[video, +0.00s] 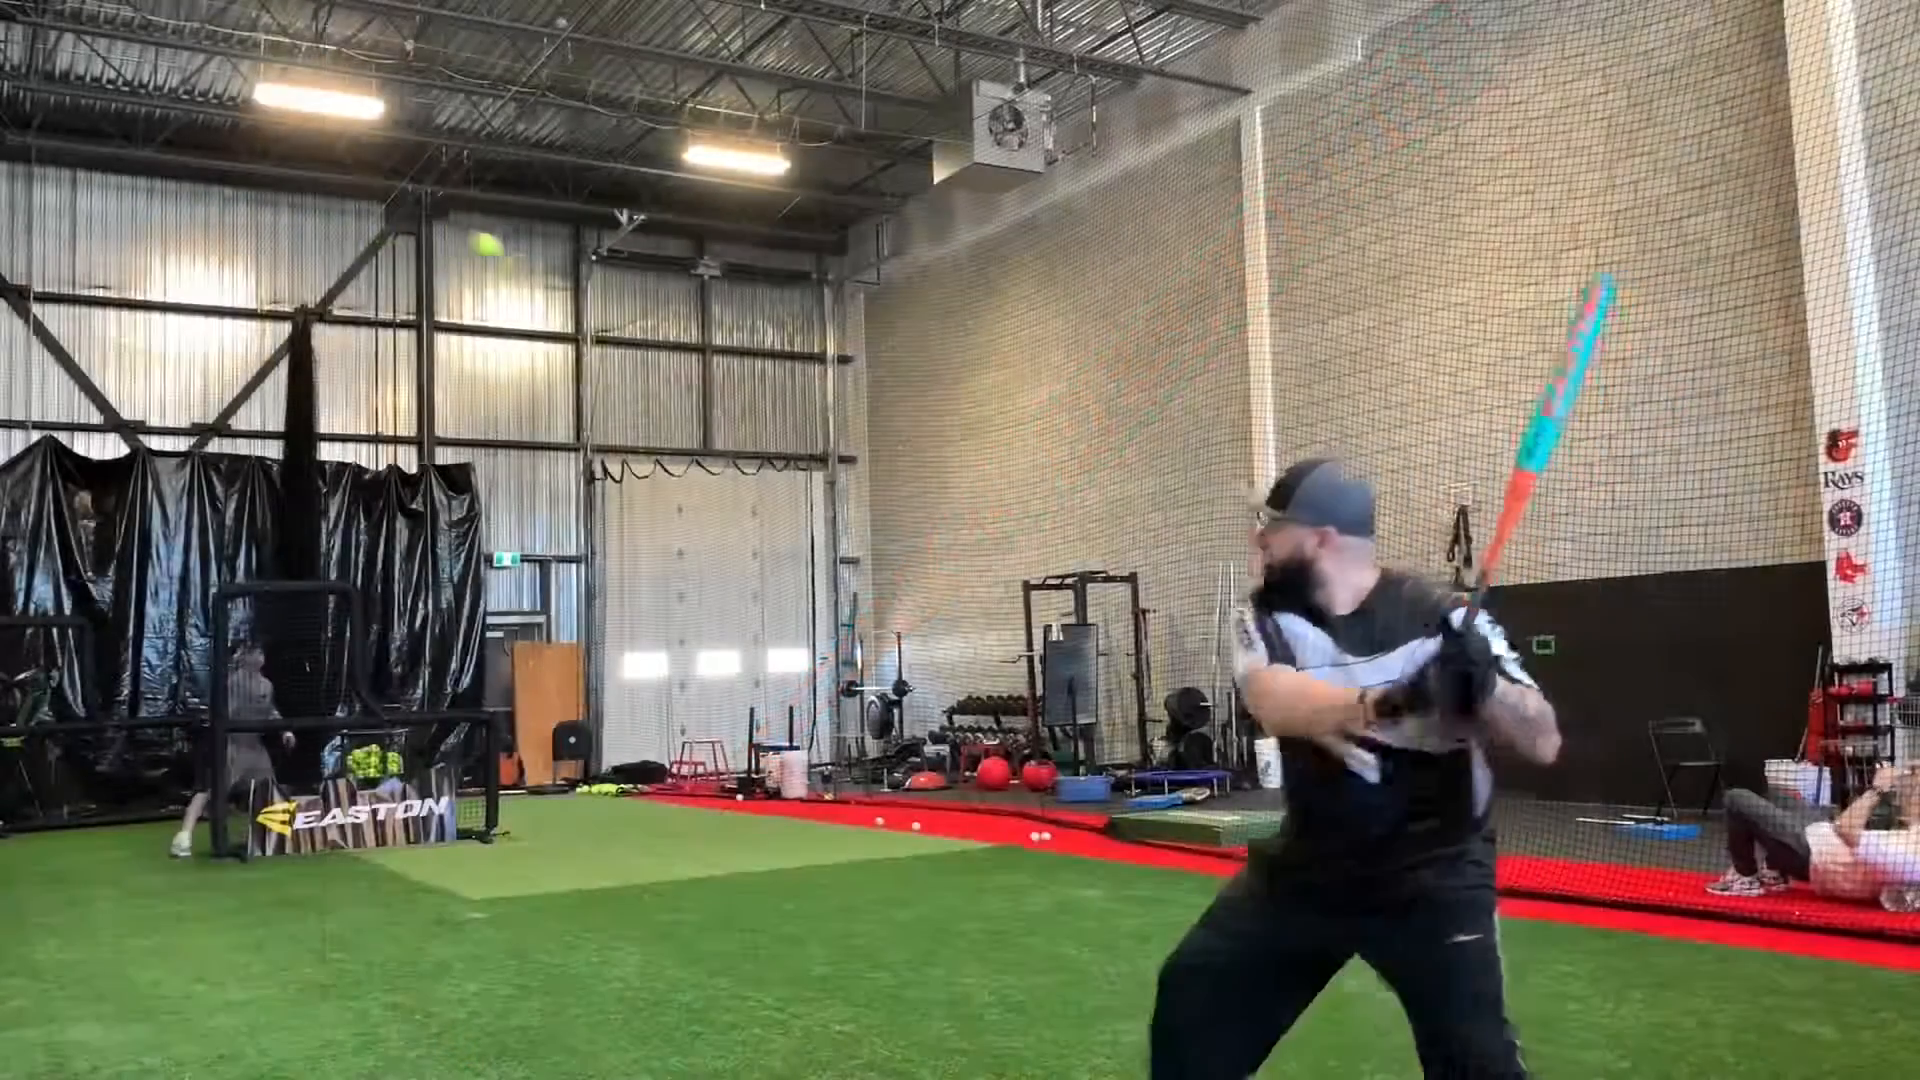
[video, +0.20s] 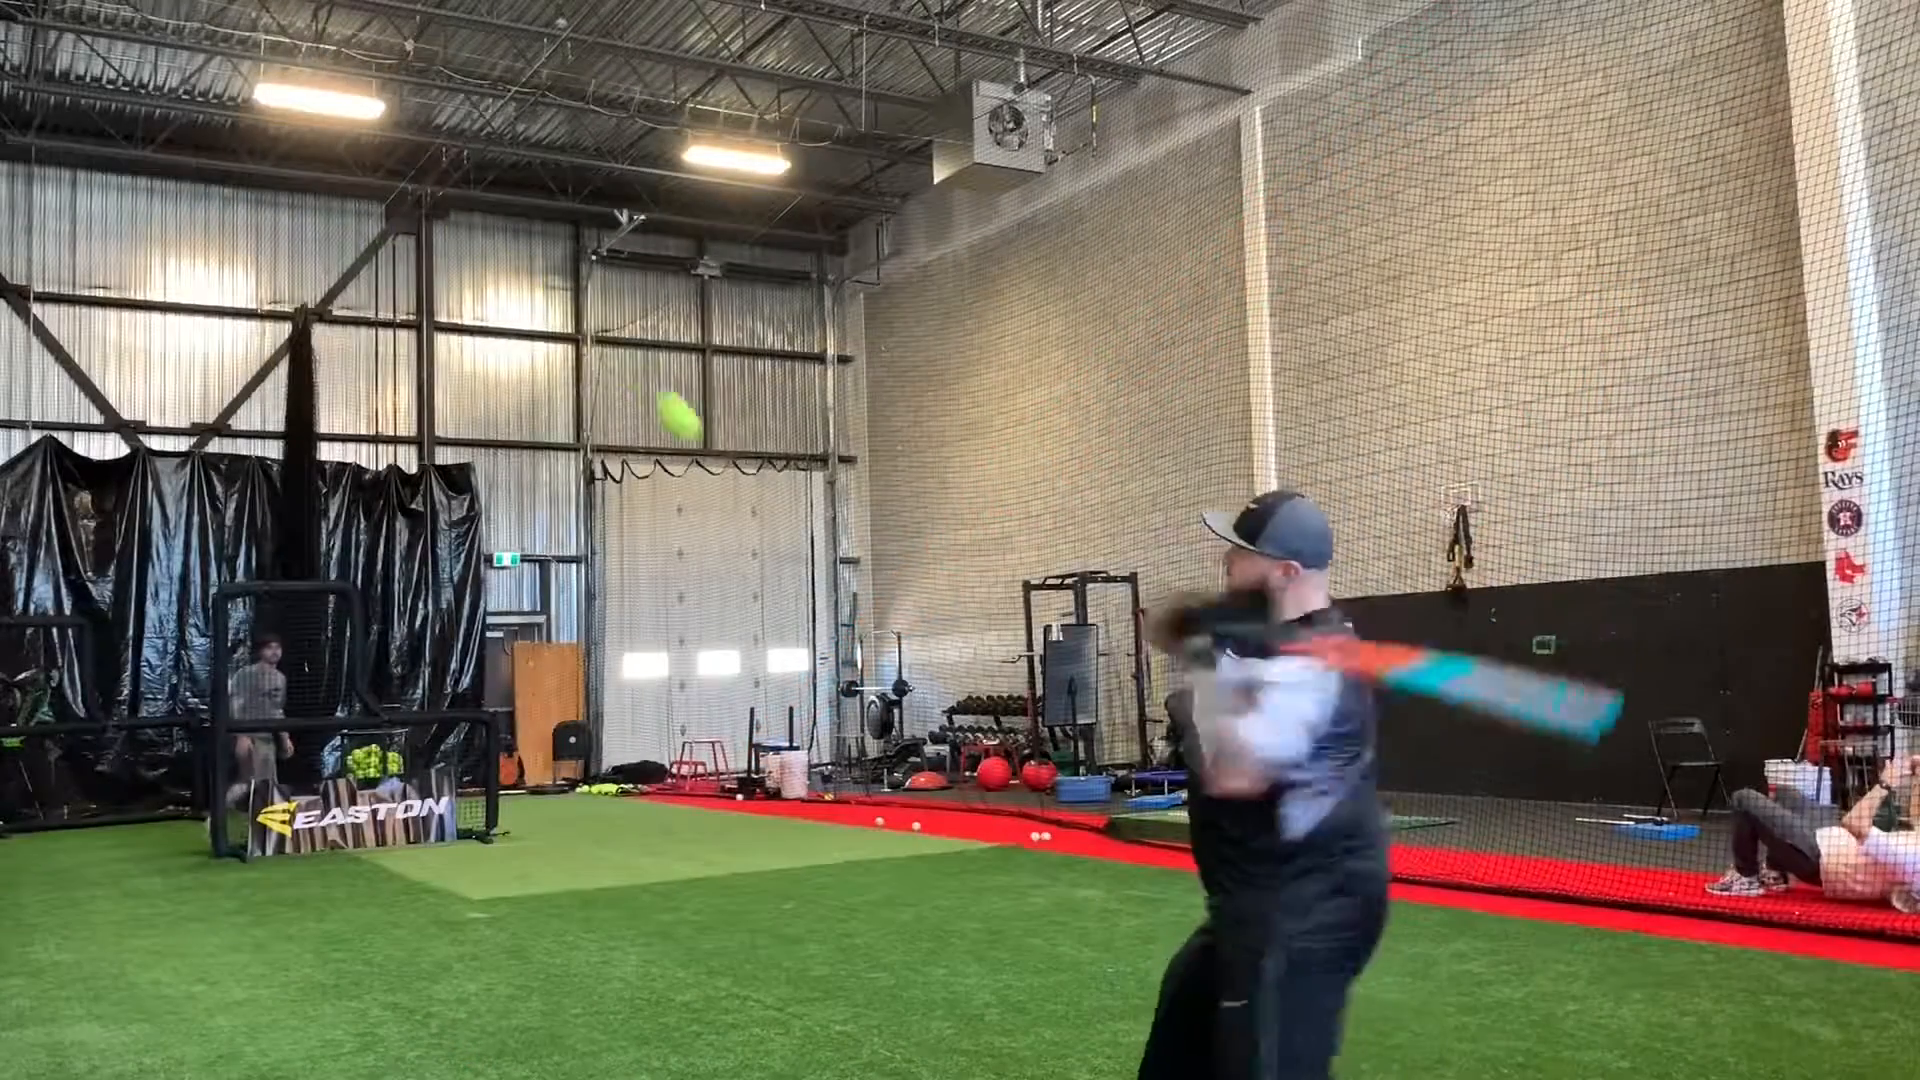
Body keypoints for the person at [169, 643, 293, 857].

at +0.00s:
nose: (262, 659)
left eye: (262, 654)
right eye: (258, 654)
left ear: (258, 658)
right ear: (245, 657)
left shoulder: (265, 685)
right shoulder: (229, 681)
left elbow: (269, 711)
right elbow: (217, 710)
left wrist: (284, 729)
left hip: (252, 743)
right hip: (230, 742)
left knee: (268, 788)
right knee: (206, 790)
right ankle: (184, 836)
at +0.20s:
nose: (275, 652)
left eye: (278, 648)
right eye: (270, 648)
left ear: (281, 652)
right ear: (260, 651)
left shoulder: (280, 678)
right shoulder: (244, 674)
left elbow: (277, 710)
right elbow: (237, 706)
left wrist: (284, 736)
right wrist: (241, 735)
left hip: (268, 735)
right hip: (247, 732)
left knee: (268, 780)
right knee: (249, 780)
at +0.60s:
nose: (283, 656)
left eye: (286, 652)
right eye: (280, 652)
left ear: (288, 654)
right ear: (270, 652)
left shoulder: (282, 674)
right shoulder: (262, 672)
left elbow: (288, 705)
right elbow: (260, 705)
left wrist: (293, 728)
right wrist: (278, 729)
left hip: (282, 734)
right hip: (266, 733)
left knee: (289, 777)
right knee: (272, 778)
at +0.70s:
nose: (288, 657)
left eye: (289, 653)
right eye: (285, 653)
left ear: (278, 653)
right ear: (273, 652)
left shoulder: (279, 674)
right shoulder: (265, 673)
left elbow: (283, 703)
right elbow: (266, 706)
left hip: (283, 733)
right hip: (268, 733)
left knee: (297, 776)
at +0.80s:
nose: (292, 659)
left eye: (293, 655)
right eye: (289, 654)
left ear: (278, 653)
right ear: (277, 652)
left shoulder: (279, 673)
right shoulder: (269, 674)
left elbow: (283, 700)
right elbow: (278, 707)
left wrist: (302, 701)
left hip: (284, 730)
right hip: (272, 733)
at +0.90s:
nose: (297, 661)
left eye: (298, 657)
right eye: (294, 657)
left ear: (283, 655)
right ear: (282, 655)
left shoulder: (282, 673)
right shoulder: (274, 675)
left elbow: (288, 700)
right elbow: (284, 708)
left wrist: (308, 699)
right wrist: (317, 711)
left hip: (287, 731)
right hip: (276, 734)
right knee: (289, 780)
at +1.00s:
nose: (308, 662)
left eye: (309, 658)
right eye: (306, 657)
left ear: (295, 653)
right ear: (296, 653)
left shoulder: (291, 671)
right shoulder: (283, 674)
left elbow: (297, 698)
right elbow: (298, 706)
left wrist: (317, 700)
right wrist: (334, 714)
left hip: (288, 733)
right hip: (278, 736)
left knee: (298, 780)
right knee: (289, 782)